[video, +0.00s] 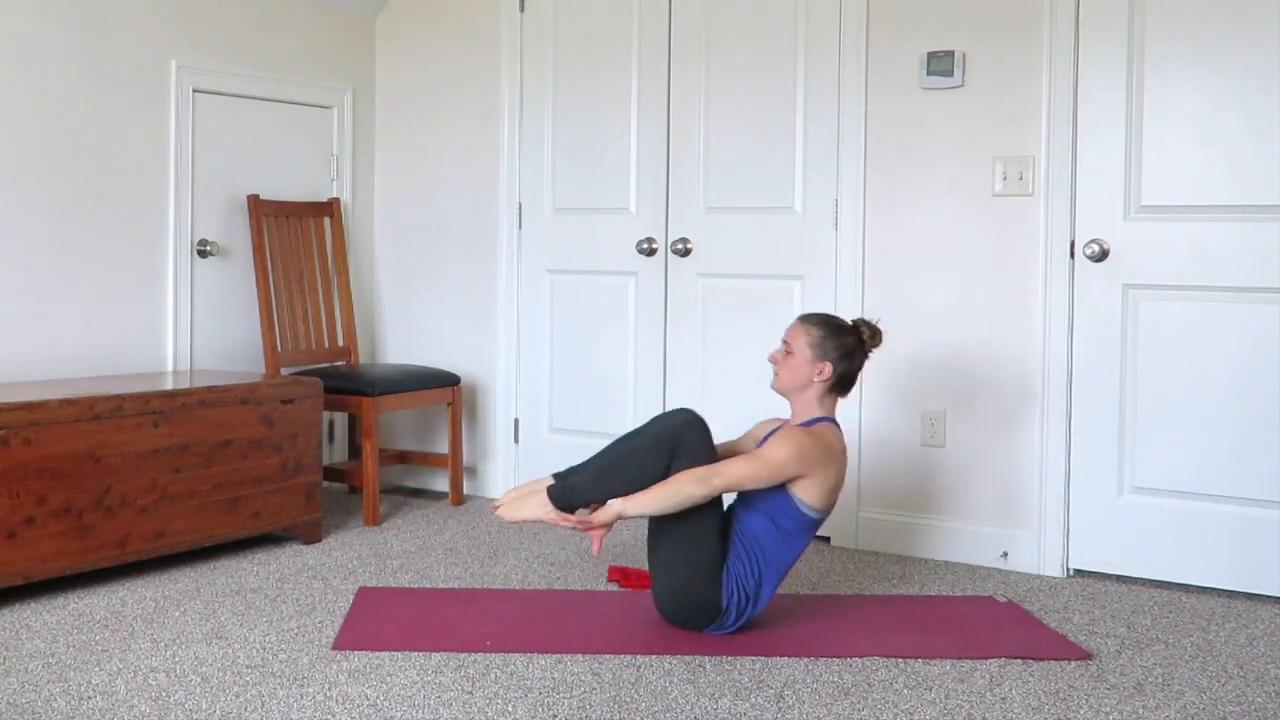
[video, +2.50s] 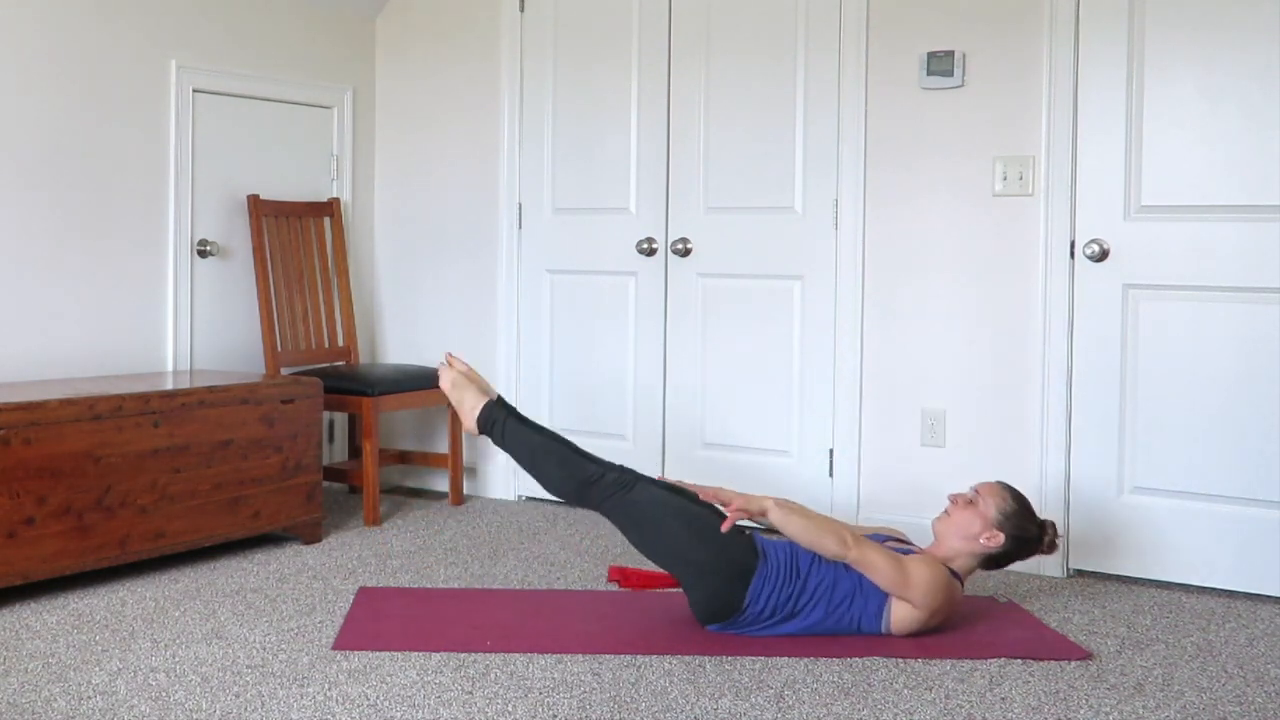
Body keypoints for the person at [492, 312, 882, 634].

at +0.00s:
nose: (774, 358)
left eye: (788, 351)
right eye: (781, 348)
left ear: (821, 372)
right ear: (816, 371)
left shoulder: (808, 443)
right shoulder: (778, 430)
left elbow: (712, 482)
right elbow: (698, 466)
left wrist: (617, 510)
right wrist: (604, 503)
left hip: (711, 599)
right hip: (704, 582)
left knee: (684, 431)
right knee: (681, 426)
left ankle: (558, 499)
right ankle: (559, 487)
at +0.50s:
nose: (914, 475)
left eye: (931, 474)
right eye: (923, 465)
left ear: (958, 505)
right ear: (939, 492)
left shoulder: (910, 555)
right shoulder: (899, 534)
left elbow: (812, 519)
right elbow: (809, 516)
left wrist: (724, 486)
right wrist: (720, 488)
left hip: (728, 585)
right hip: (729, 569)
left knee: (583, 517)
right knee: (584, 513)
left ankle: (434, 505)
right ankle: (437, 500)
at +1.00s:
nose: (919, 485)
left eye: (935, 483)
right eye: (928, 476)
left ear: (964, 515)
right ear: (952, 508)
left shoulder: (915, 562)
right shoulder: (911, 550)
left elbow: (817, 526)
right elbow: (813, 531)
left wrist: (729, 499)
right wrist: (721, 502)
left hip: (732, 580)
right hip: (734, 569)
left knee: (587, 524)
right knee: (590, 518)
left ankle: (440, 502)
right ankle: (445, 499)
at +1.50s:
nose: (765, 362)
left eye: (778, 354)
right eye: (771, 351)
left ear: (812, 372)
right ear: (809, 372)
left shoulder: (805, 445)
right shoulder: (784, 433)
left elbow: (706, 482)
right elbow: (694, 460)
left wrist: (609, 511)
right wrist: (594, 495)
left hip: (713, 599)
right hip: (707, 582)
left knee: (672, 431)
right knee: (669, 427)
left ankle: (550, 510)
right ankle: (551, 499)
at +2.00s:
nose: (838, 393)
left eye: (852, 388)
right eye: (845, 383)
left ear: (885, 413)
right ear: (873, 409)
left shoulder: (865, 483)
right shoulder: (836, 465)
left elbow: (759, 498)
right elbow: (741, 475)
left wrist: (660, 502)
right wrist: (649, 490)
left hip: (716, 595)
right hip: (714, 570)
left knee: (619, 452)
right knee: (619, 450)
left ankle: (483, 514)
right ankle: (489, 509)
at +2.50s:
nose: (953, 501)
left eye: (969, 505)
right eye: (966, 496)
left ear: (985, 543)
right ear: (967, 527)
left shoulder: (930, 585)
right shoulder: (912, 559)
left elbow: (843, 543)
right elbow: (822, 533)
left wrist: (767, 509)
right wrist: (744, 504)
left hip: (739, 582)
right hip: (740, 563)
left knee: (606, 484)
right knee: (607, 480)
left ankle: (484, 409)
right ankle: (486, 414)